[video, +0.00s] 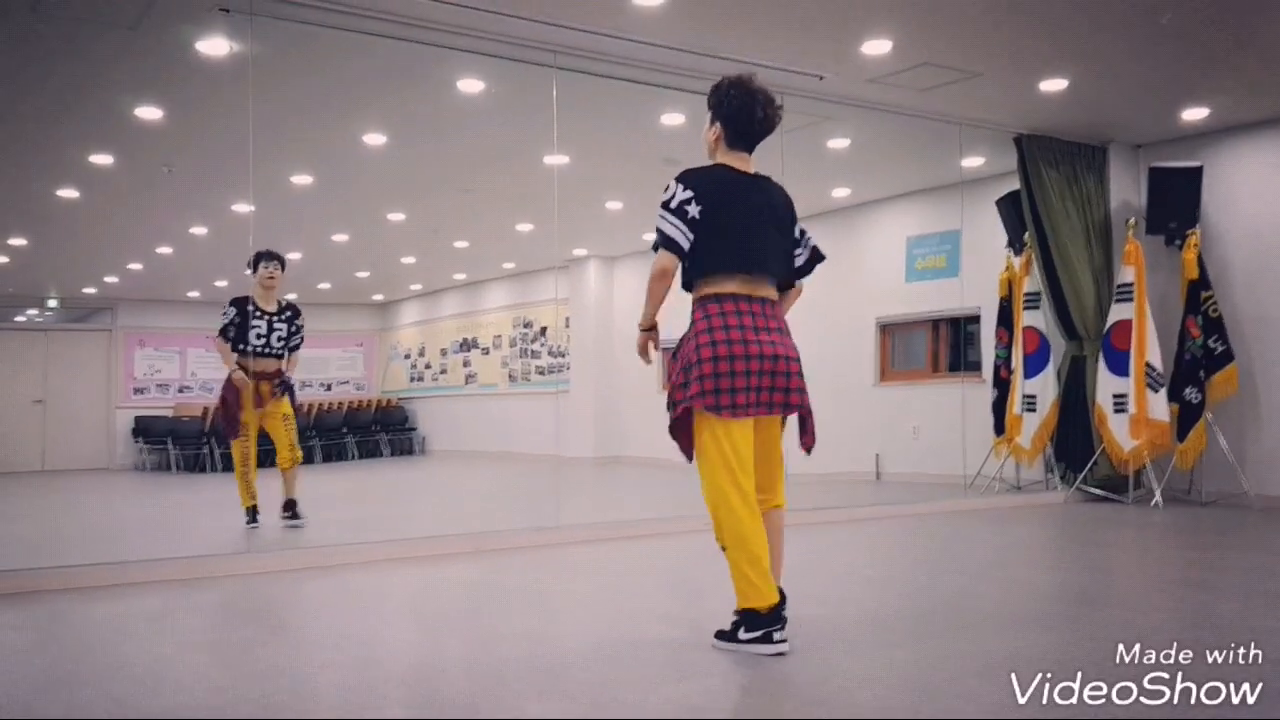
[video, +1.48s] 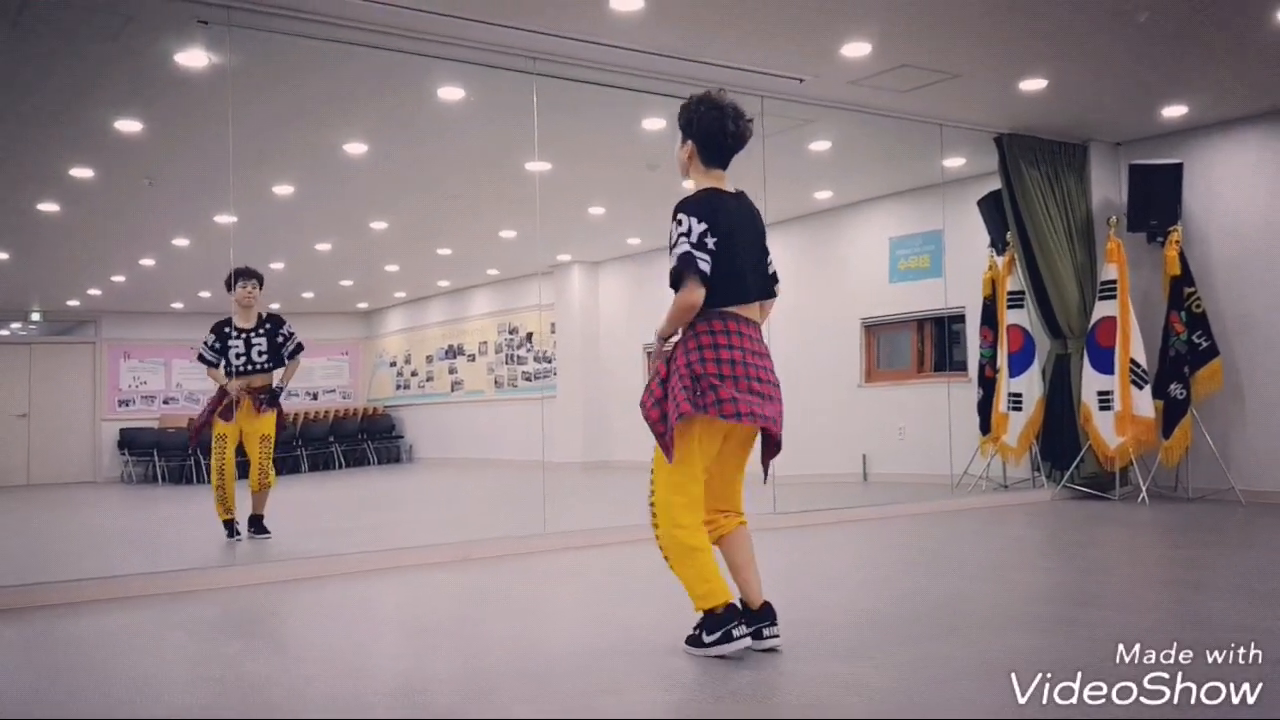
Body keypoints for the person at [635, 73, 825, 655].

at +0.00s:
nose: (704, 132)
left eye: (706, 124)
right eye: (709, 123)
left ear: (715, 131)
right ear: (759, 135)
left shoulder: (692, 184)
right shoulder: (777, 195)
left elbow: (666, 264)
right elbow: (802, 270)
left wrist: (649, 321)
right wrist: (765, 320)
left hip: (716, 335)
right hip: (772, 336)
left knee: (728, 487)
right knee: (767, 482)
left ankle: (760, 614)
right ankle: (768, 603)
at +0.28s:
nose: (707, 148)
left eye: (709, 139)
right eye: (712, 139)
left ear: (718, 148)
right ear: (760, 152)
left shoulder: (718, 209)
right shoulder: (774, 212)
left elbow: (716, 297)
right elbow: (796, 294)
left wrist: (672, 323)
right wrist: (764, 345)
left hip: (732, 361)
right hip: (779, 365)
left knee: (692, 502)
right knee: (740, 502)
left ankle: (748, 602)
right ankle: (777, 604)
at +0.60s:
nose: (707, 141)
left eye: (709, 133)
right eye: (712, 133)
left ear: (717, 140)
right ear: (761, 144)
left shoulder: (696, 198)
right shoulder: (783, 202)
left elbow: (684, 287)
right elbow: (814, 283)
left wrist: (689, 356)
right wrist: (775, 323)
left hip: (728, 352)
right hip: (788, 349)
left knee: (678, 489)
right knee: (773, 492)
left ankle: (727, 584)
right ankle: (779, 611)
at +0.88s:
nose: (702, 139)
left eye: (703, 132)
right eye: (707, 132)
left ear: (709, 139)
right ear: (759, 143)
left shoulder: (678, 198)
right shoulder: (777, 205)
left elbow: (654, 283)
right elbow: (791, 295)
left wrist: (658, 355)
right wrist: (772, 352)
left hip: (704, 353)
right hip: (768, 350)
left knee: (714, 496)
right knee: (771, 488)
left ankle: (733, 613)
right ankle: (773, 607)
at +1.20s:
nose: (695, 135)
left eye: (696, 126)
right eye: (701, 126)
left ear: (705, 132)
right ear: (750, 135)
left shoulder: (681, 188)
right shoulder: (769, 196)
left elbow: (657, 276)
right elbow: (777, 287)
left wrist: (654, 342)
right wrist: (753, 333)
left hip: (702, 339)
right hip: (763, 341)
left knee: (707, 486)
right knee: (752, 480)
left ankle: (731, 621)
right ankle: (744, 606)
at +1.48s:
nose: (677, 151)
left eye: (679, 142)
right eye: (680, 142)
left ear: (688, 149)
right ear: (732, 150)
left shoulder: (693, 209)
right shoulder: (748, 211)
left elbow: (692, 295)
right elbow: (765, 297)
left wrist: (660, 338)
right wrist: (729, 342)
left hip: (705, 356)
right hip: (751, 360)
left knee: (673, 506)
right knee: (723, 503)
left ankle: (718, 612)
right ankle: (757, 610)